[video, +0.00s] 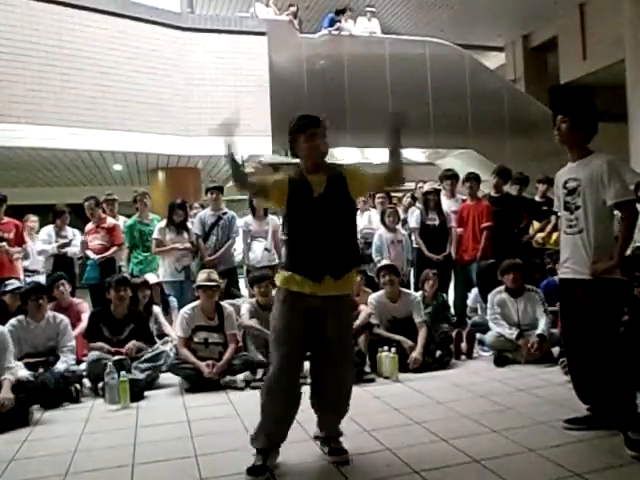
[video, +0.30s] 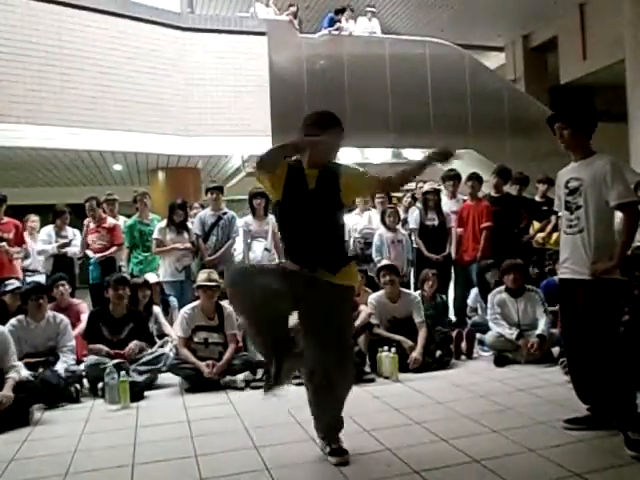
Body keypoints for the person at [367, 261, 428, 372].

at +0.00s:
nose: (388, 279)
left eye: (391, 274)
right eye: (384, 276)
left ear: (398, 277)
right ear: (379, 281)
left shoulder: (413, 298)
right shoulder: (374, 299)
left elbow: (422, 327)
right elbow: (375, 328)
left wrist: (418, 351)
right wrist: (401, 339)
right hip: (386, 334)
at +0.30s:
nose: (388, 279)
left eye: (392, 274)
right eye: (384, 276)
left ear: (399, 278)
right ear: (379, 281)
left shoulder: (413, 298)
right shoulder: (374, 300)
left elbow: (422, 327)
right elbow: (375, 328)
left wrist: (418, 351)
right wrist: (401, 340)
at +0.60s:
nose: (389, 278)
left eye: (392, 274)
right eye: (385, 275)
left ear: (399, 278)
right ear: (380, 281)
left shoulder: (413, 298)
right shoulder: (374, 300)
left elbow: (422, 326)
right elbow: (375, 328)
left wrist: (418, 351)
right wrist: (401, 339)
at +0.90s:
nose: (389, 279)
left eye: (392, 275)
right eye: (385, 276)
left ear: (399, 278)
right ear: (380, 280)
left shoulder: (413, 298)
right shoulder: (374, 300)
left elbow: (422, 327)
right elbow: (374, 328)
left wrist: (418, 351)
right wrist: (401, 339)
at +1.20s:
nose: (389, 280)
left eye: (392, 275)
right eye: (384, 276)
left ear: (399, 277)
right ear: (380, 281)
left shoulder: (413, 298)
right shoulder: (374, 300)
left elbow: (422, 327)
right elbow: (374, 328)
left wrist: (418, 351)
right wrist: (401, 339)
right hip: (387, 338)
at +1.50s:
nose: (389, 280)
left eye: (392, 276)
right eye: (385, 277)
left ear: (399, 278)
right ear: (380, 280)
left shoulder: (413, 298)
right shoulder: (374, 299)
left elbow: (422, 326)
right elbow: (374, 328)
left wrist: (418, 351)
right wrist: (401, 339)